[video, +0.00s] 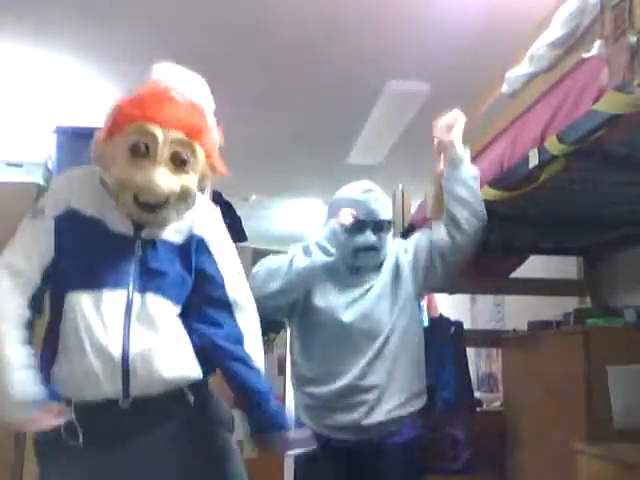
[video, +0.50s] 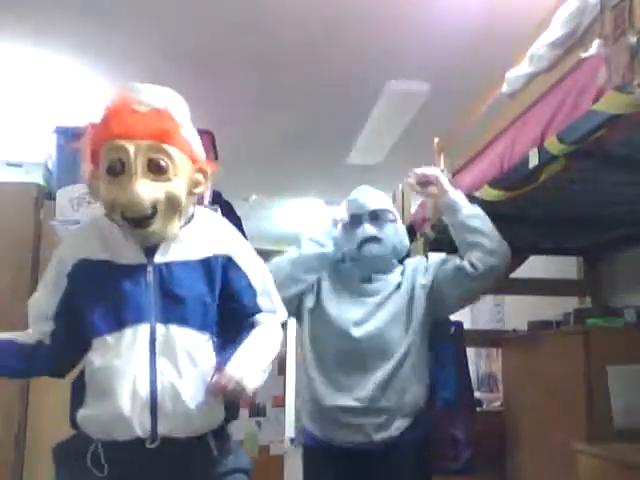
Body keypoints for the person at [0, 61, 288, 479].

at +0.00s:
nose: (156, 177)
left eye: (179, 161)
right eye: (139, 150)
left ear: (201, 172)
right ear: (108, 147)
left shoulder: (199, 219)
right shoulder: (68, 198)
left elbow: (222, 320)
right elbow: (10, 291)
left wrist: (265, 413)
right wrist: (24, 397)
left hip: (176, 424)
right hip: (76, 430)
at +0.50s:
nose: (135, 187)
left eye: (157, 167)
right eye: (117, 168)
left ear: (195, 181)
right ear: (96, 181)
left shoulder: (217, 239)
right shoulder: (80, 249)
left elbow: (268, 317)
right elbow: (53, 349)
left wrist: (244, 370)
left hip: (203, 457)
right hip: (105, 458)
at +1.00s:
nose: (185, 204)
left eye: (205, 187)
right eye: (166, 184)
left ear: (233, 197)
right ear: (139, 191)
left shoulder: (250, 259)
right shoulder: (109, 258)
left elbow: (325, 250)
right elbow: (28, 307)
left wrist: (328, 185)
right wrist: (98, 339)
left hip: (221, 456)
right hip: (127, 459)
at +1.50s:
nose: (181, 218)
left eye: (203, 199)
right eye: (164, 195)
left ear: (229, 211)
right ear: (134, 201)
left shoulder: (226, 280)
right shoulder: (103, 269)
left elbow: (266, 362)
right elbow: (19, 261)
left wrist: (234, 285)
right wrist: (80, 174)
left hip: (211, 465)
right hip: (117, 466)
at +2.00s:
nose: (140, 215)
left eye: (164, 192)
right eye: (122, 186)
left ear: (187, 207)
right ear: (90, 192)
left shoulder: (178, 264)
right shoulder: (63, 255)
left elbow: (220, 302)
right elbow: (23, 363)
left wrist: (232, 216)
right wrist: (72, 289)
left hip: (154, 457)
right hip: (62, 456)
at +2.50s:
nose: (138, 171)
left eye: (163, 151)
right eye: (121, 145)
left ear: (197, 162)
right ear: (93, 146)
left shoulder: (208, 222)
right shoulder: (59, 206)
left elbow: (284, 238)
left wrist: (242, 151)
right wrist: (38, 138)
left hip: (170, 434)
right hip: (61, 431)